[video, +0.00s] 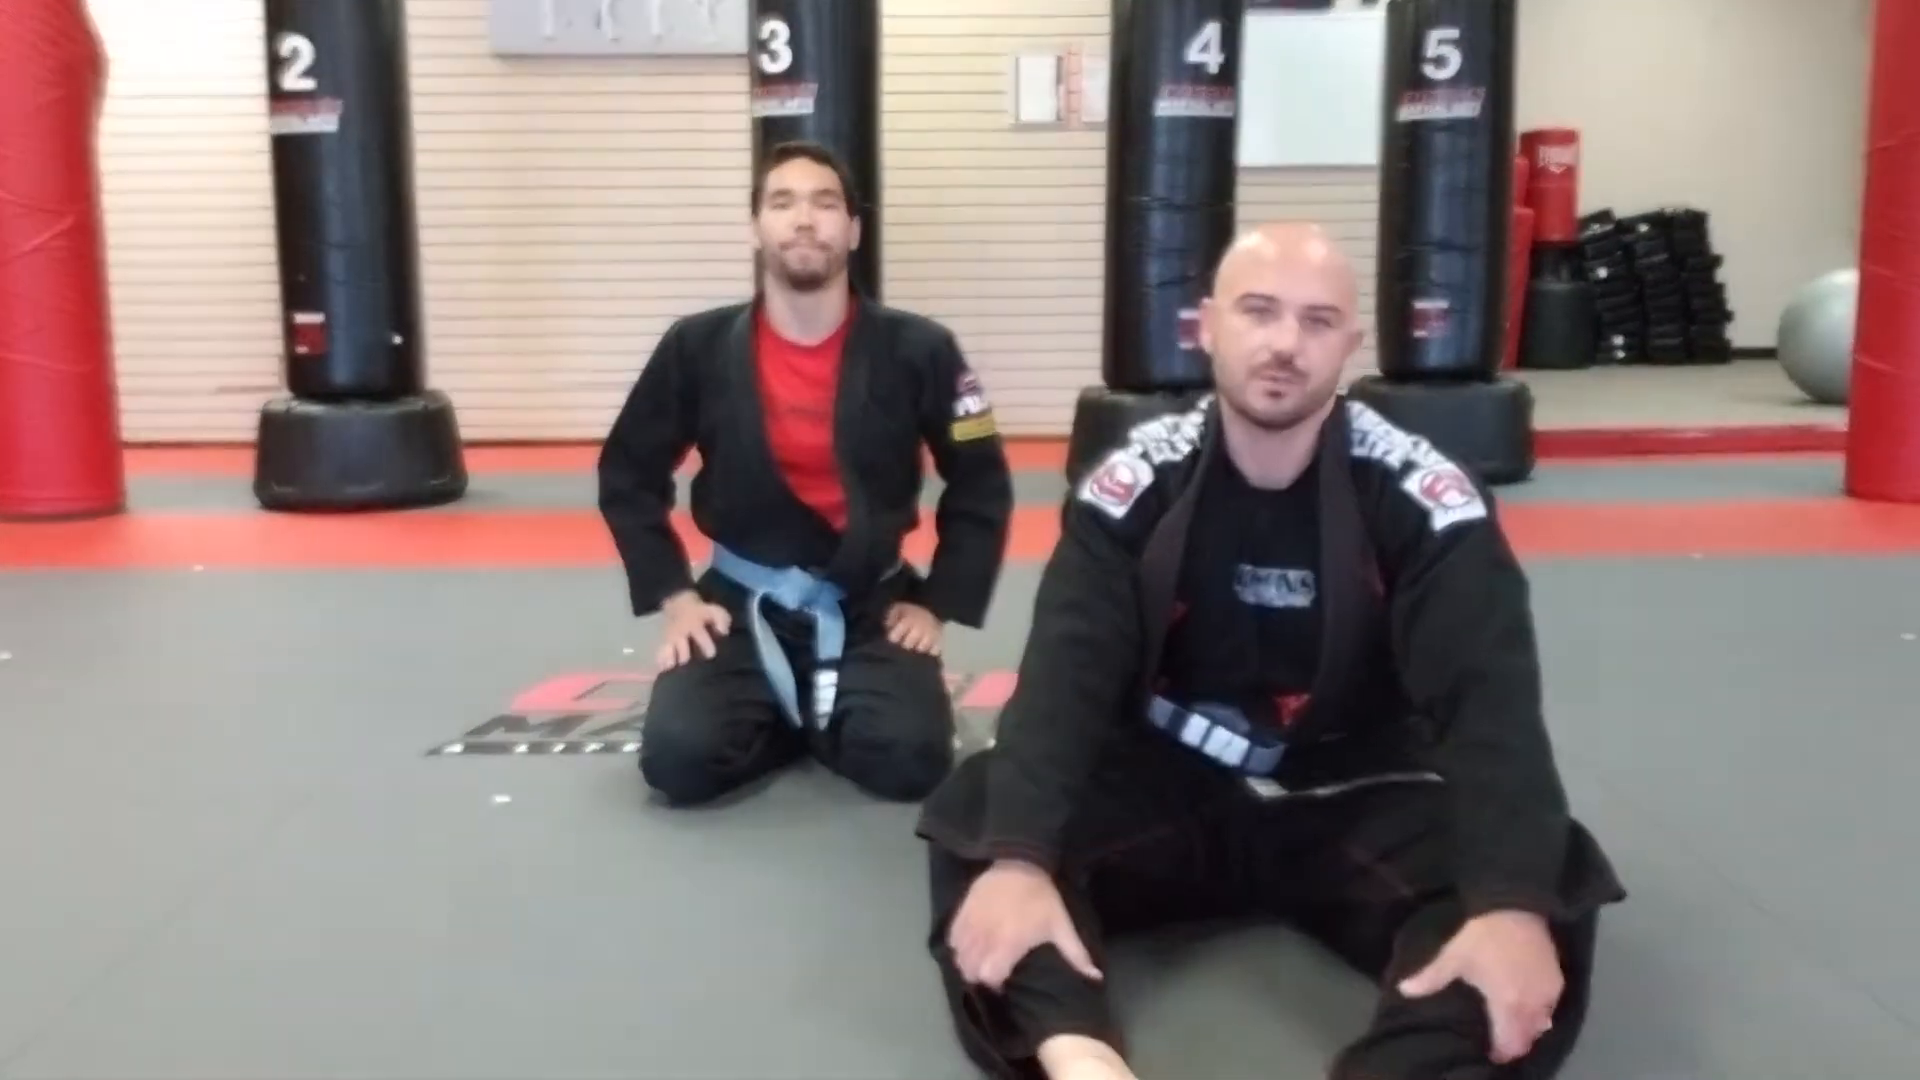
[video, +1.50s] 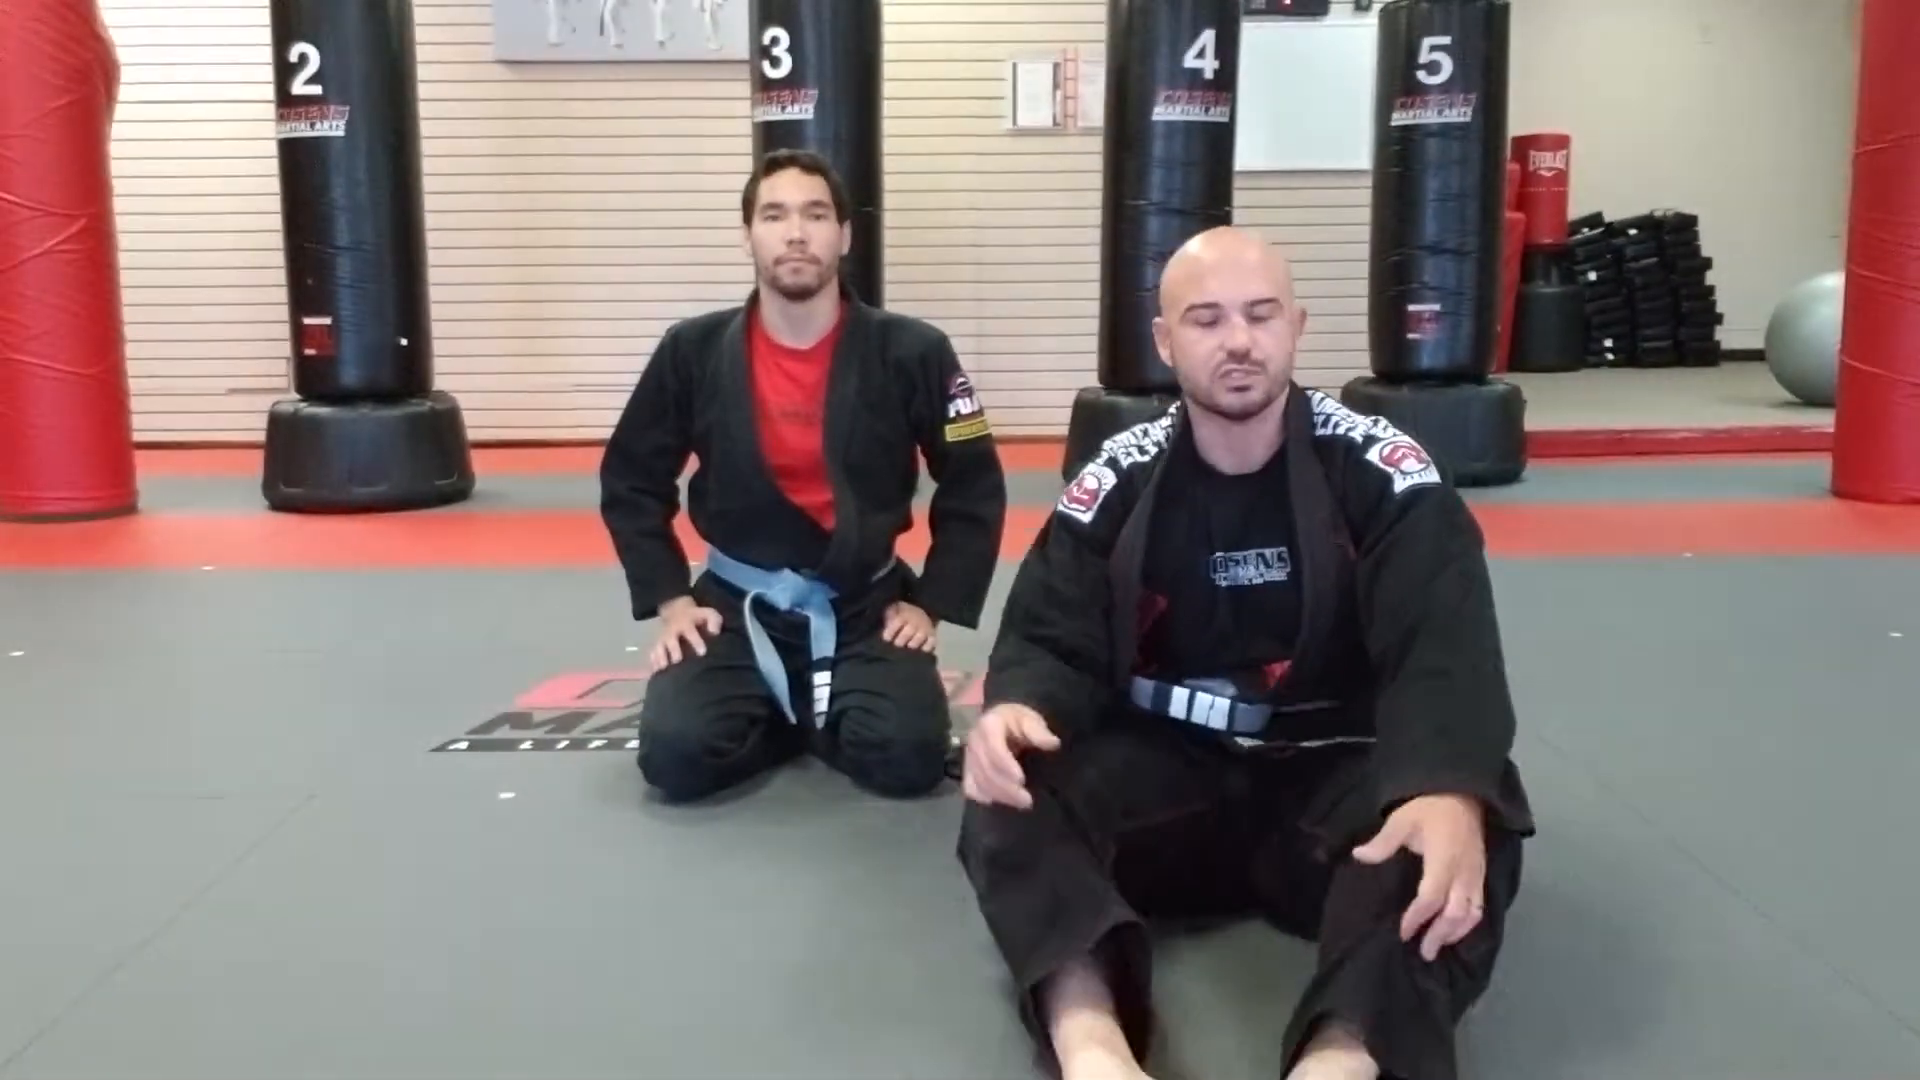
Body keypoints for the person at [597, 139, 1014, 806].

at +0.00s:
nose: (804, 217)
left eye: (825, 203)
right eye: (782, 203)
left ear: (854, 231)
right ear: (756, 230)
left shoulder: (917, 353)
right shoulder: (698, 349)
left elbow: (981, 482)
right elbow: (628, 472)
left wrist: (938, 605)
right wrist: (674, 594)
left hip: (871, 603)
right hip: (740, 599)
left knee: (909, 762)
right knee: (679, 762)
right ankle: (807, 718)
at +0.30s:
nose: (805, 224)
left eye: (826, 209)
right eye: (784, 208)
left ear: (856, 234)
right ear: (759, 233)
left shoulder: (920, 355)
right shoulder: (701, 350)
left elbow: (981, 485)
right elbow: (638, 474)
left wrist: (937, 607)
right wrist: (675, 594)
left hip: (871, 606)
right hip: (741, 601)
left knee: (910, 760)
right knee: (679, 760)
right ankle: (800, 719)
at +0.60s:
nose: (804, 229)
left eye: (825, 212)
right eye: (783, 212)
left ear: (854, 235)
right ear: (757, 234)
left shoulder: (918, 355)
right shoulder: (699, 351)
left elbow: (979, 485)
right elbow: (635, 475)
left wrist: (938, 608)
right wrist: (674, 596)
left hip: (871, 606)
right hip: (740, 601)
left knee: (910, 759)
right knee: (679, 760)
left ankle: (780, 703)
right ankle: (804, 716)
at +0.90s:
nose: (800, 230)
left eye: (821, 212)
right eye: (779, 213)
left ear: (850, 236)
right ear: (752, 236)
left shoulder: (914, 356)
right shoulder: (695, 352)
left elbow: (977, 484)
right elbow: (630, 476)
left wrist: (935, 608)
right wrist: (669, 596)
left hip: (867, 605)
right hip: (737, 601)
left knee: (909, 761)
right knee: (676, 760)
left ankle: (780, 705)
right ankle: (798, 719)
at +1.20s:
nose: (795, 230)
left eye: (815, 213)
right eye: (775, 213)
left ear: (844, 235)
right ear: (748, 237)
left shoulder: (912, 354)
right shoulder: (693, 352)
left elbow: (974, 483)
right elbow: (629, 477)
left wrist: (932, 606)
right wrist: (669, 598)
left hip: (867, 604)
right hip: (736, 600)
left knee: (909, 762)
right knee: (677, 760)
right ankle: (800, 718)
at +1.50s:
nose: (795, 232)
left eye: (815, 215)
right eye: (774, 216)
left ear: (844, 237)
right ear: (749, 239)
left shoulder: (913, 355)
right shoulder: (694, 353)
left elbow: (974, 484)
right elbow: (631, 478)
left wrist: (932, 605)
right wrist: (669, 597)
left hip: (867, 605)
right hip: (736, 601)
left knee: (908, 760)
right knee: (678, 759)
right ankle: (804, 713)